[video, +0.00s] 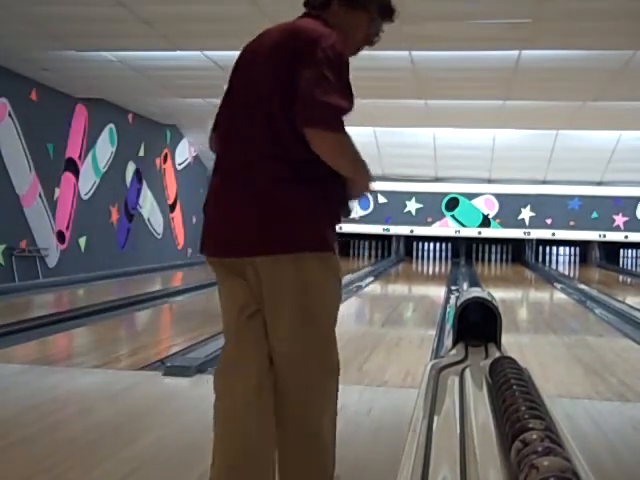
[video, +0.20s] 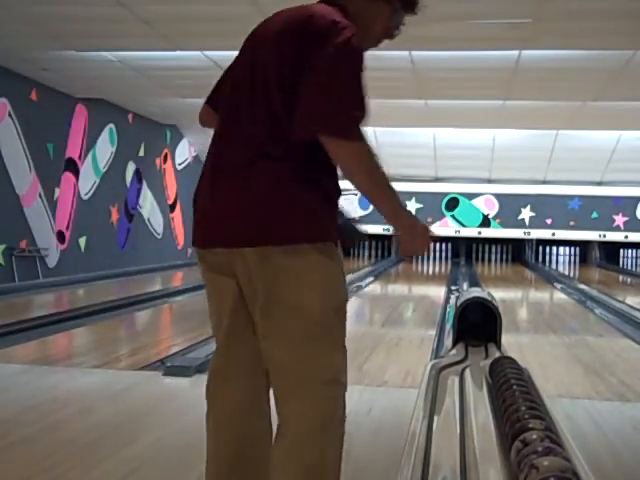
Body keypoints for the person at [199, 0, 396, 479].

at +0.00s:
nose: (374, 38)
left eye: (380, 29)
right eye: (375, 24)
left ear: (324, 6)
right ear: (346, 7)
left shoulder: (262, 44)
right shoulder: (322, 42)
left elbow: (221, 137)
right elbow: (322, 128)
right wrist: (359, 174)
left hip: (229, 233)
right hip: (290, 236)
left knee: (243, 373)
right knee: (307, 372)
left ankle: (237, 476)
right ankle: (307, 473)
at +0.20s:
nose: (393, 35)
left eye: (400, 24)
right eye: (398, 18)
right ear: (375, 2)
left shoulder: (274, 27)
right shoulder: (335, 34)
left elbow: (212, 111)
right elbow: (338, 133)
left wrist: (287, 146)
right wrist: (401, 217)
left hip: (218, 225)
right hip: (288, 229)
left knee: (236, 383)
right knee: (310, 393)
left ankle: (232, 475)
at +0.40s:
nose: (436, 65)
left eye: (444, 52)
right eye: (439, 45)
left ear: (391, 13)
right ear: (411, 21)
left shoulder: (307, 29)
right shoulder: (384, 65)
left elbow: (218, 94)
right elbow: (429, 197)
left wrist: (279, 147)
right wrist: (481, 299)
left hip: (209, 235)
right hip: (289, 243)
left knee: (224, 400)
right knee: (307, 410)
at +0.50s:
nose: (459, 96)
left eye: (470, 84)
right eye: (466, 77)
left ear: (424, 35)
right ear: (443, 48)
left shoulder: (330, 37)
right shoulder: (415, 88)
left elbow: (228, 87)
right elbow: (457, 225)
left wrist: (275, 163)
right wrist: (511, 341)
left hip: (200, 224)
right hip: (288, 242)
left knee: (220, 386)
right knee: (318, 402)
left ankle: (220, 473)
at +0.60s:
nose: (478, 123)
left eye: (488, 115)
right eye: (485, 110)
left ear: (442, 58)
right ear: (466, 75)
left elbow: (240, 77)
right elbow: (474, 248)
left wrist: (272, 165)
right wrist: (522, 371)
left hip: (192, 215)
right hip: (285, 235)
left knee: (208, 397)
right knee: (317, 417)